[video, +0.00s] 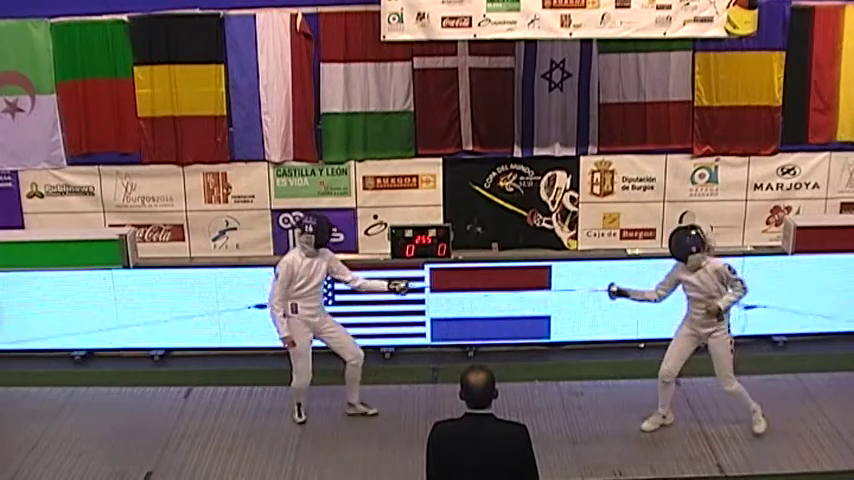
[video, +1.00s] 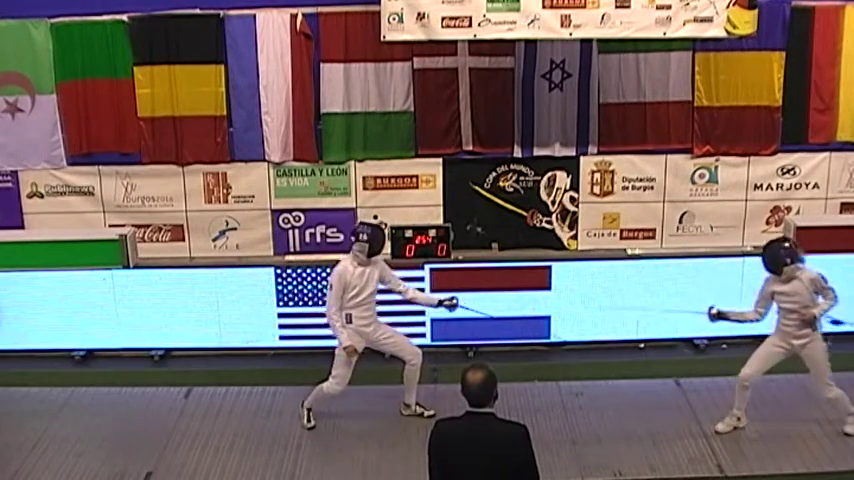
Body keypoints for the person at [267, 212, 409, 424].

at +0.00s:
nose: (305, 240)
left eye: (310, 237)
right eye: (302, 235)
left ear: (320, 241)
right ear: (299, 236)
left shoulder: (326, 258)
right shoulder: (289, 262)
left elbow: (355, 282)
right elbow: (275, 302)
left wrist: (389, 286)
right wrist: (284, 333)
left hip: (320, 317)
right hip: (296, 320)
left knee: (355, 356)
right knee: (302, 376)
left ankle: (353, 404)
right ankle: (299, 406)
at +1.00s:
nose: (359, 248)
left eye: (365, 245)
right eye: (357, 242)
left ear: (374, 248)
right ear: (352, 242)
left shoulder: (378, 266)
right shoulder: (342, 271)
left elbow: (405, 291)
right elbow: (333, 312)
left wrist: (439, 302)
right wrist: (344, 340)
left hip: (375, 328)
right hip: (351, 332)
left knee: (414, 356)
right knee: (336, 386)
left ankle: (409, 405)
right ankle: (307, 405)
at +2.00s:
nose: (375, 236)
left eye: (381, 232)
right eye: (374, 231)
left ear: (391, 236)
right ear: (371, 233)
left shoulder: (398, 255)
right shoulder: (362, 262)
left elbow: (430, 277)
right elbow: (355, 302)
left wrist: (466, 281)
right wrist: (371, 329)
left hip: (395, 320)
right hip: (371, 323)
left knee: (426, 358)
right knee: (352, 376)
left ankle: (422, 408)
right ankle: (325, 404)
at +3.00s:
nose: (343, 252)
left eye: (349, 249)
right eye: (341, 247)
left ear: (358, 252)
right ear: (337, 246)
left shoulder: (361, 267)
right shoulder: (326, 271)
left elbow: (386, 294)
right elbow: (311, 312)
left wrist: (419, 307)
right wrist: (320, 344)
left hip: (356, 330)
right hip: (333, 332)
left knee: (390, 366)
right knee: (335, 386)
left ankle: (363, 406)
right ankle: (321, 409)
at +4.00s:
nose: (401, 240)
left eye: (406, 236)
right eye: (398, 235)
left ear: (414, 239)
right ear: (392, 236)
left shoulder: (420, 259)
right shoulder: (383, 264)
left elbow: (449, 280)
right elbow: (374, 304)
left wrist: (487, 281)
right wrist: (387, 335)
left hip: (417, 322)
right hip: (394, 325)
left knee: (456, 356)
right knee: (386, 379)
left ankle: (455, 405)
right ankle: (372, 407)